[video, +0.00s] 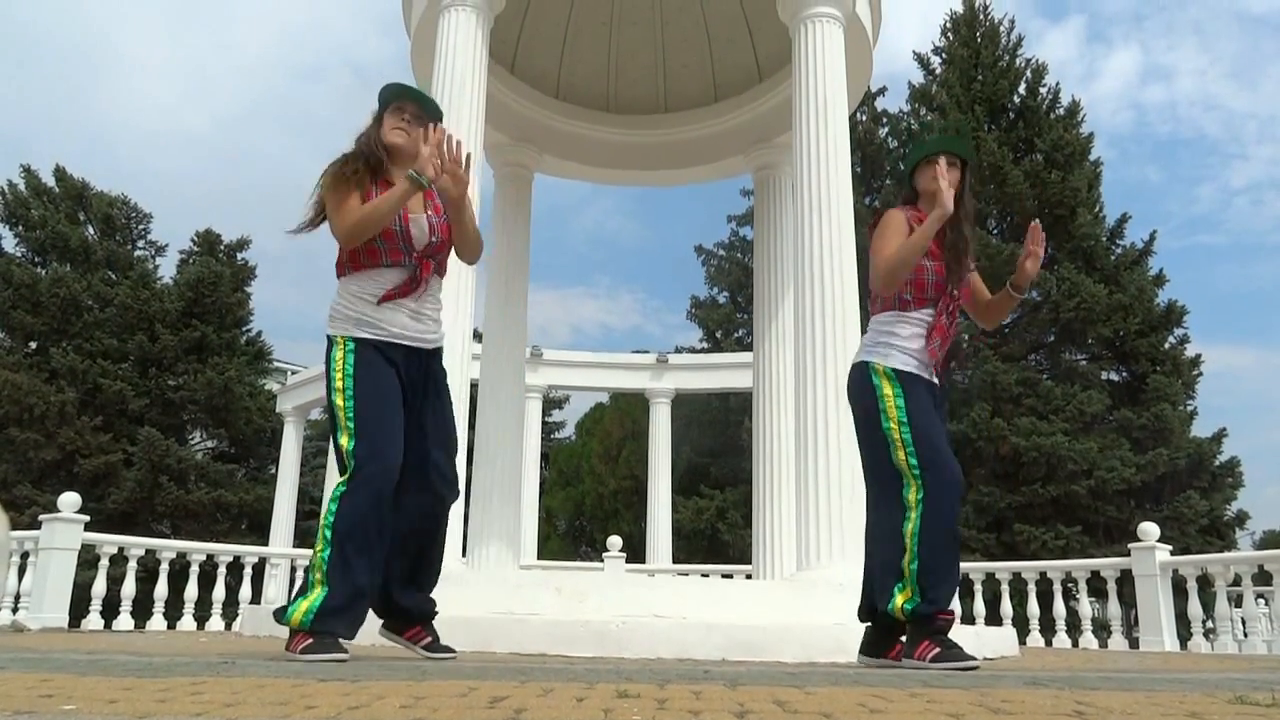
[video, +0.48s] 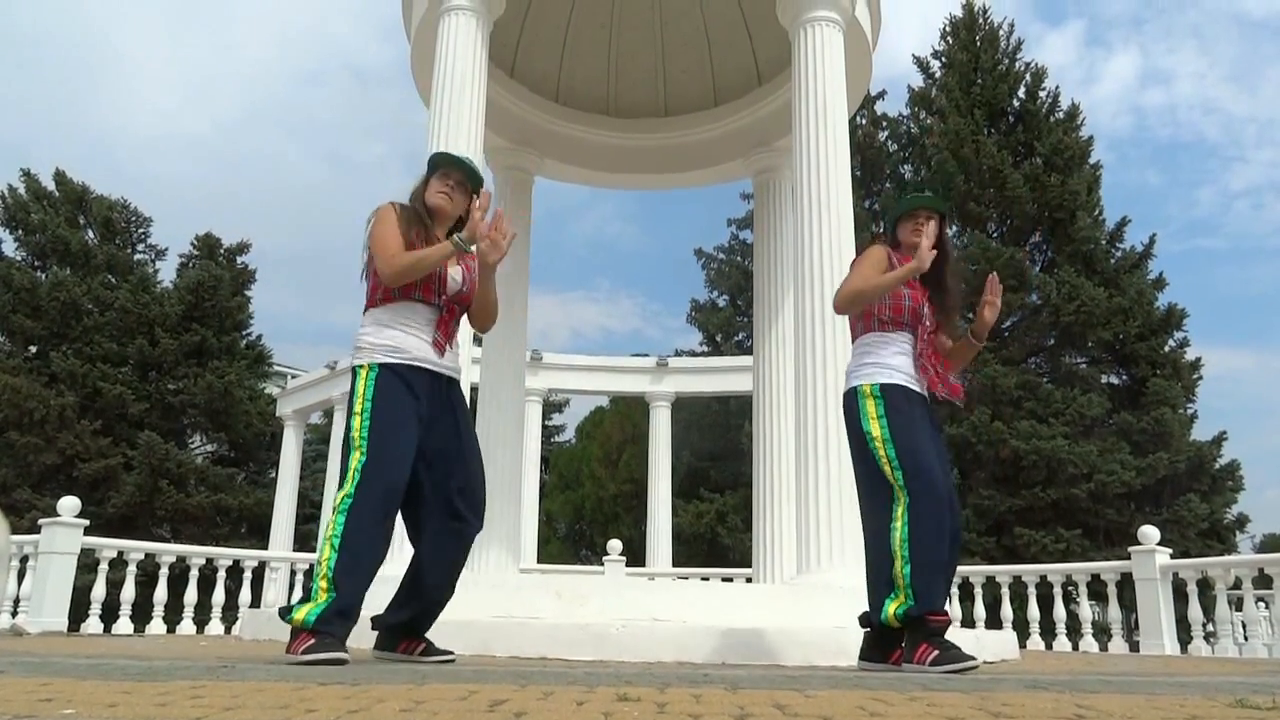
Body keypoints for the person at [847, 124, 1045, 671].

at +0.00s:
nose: (945, 172)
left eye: (954, 166)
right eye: (934, 164)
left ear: (962, 180)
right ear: (914, 176)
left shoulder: (956, 248)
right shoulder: (898, 219)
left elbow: (987, 315)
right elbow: (882, 281)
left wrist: (1019, 281)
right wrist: (937, 217)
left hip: (920, 381)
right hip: (886, 371)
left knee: (897, 498)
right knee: (936, 479)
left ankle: (884, 632)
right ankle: (921, 630)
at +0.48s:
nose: (921, 226)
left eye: (930, 221)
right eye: (912, 220)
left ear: (940, 233)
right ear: (894, 228)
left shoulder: (927, 291)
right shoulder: (879, 255)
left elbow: (952, 359)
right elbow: (844, 300)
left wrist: (980, 329)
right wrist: (912, 269)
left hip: (911, 395)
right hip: (879, 387)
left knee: (936, 502)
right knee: (922, 495)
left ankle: (886, 635)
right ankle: (914, 635)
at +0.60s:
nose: (921, 238)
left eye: (930, 234)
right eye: (913, 232)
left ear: (940, 249)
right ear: (895, 240)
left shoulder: (926, 310)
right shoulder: (877, 274)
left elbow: (930, 385)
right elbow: (822, 323)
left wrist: (969, 360)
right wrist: (876, 280)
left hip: (913, 419)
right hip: (876, 407)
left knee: (944, 517)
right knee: (931, 502)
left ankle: (886, 639)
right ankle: (918, 639)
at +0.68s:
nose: (921, 243)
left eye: (929, 240)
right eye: (913, 237)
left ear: (938, 258)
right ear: (896, 247)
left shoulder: (926, 314)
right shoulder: (876, 278)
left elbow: (930, 388)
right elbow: (825, 331)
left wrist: (970, 365)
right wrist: (874, 287)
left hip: (910, 422)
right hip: (875, 410)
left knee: (945, 520)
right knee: (929, 501)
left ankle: (886, 639)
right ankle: (920, 638)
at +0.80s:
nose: (921, 247)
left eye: (930, 243)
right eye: (913, 240)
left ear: (939, 258)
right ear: (896, 249)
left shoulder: (926, 310)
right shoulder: (879, 273)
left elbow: (939, 376)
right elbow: (843, 320)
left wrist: (972, 348)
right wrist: (911, 296)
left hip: (913, 410)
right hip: (879, 399)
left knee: (948, 515)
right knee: (919, 503)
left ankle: (889, 640)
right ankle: (915, 641)